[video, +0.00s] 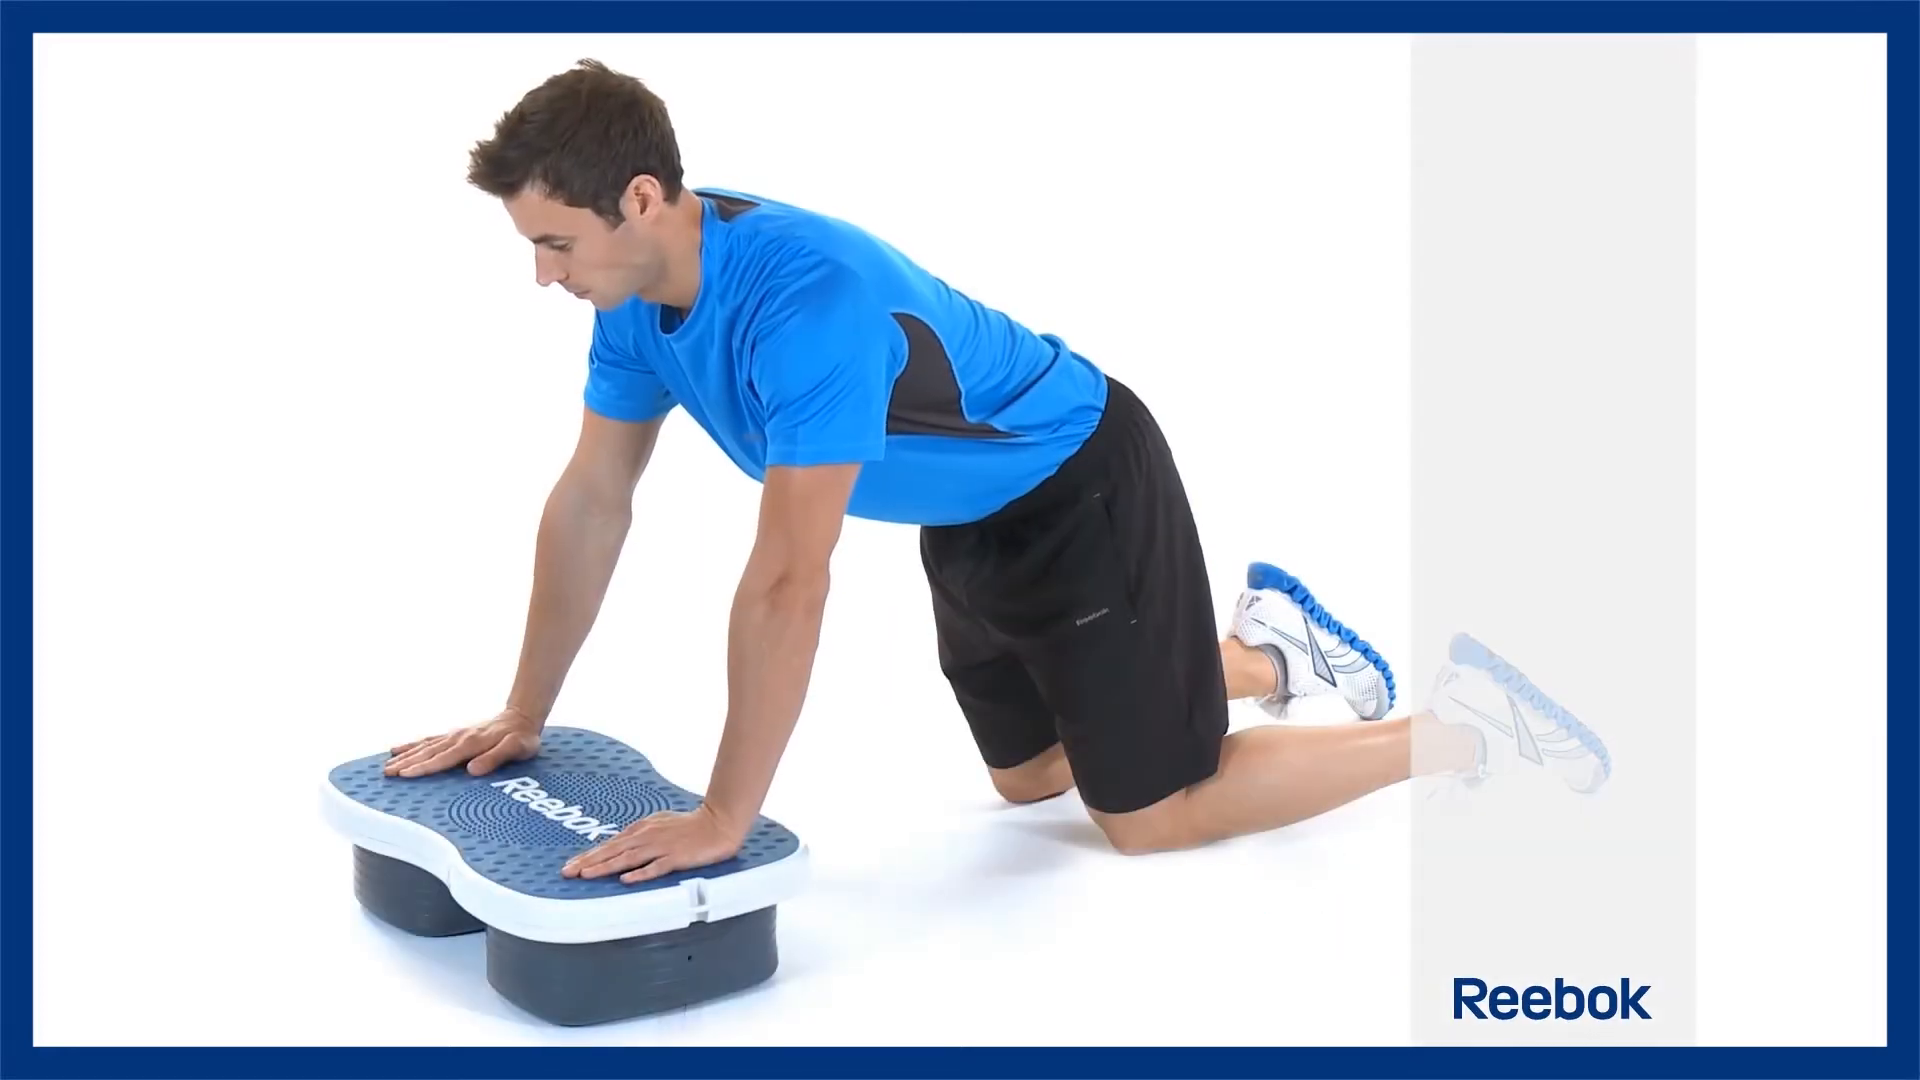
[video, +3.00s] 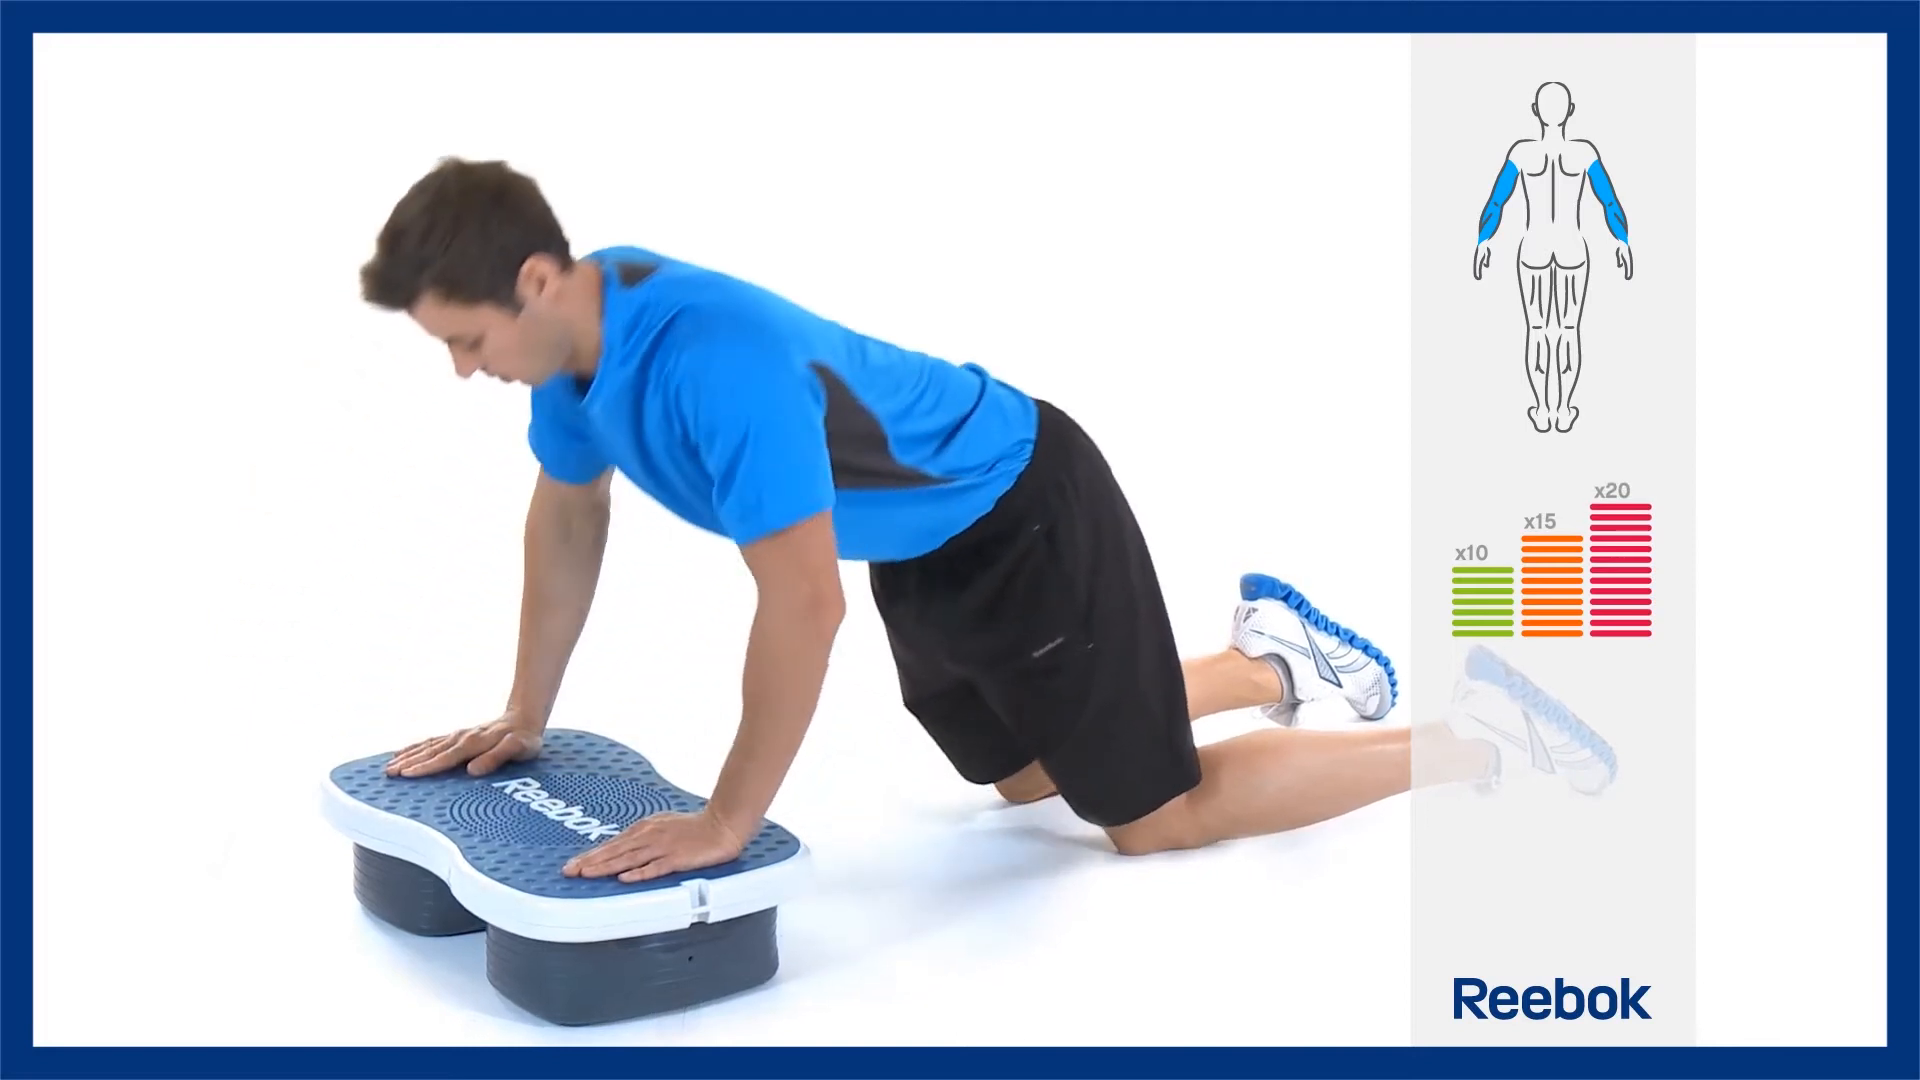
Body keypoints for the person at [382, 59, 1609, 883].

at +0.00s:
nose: (541, 272)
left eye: (551, 242)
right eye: (529, 246)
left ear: (643, 200)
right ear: (613, 212)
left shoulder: (806, 302)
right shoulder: (635, 309)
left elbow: (789, 583)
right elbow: (588, 509)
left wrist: (727, 814)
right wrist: (525, 715)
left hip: (1077, 477)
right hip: (958, 516)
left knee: (1152, 807)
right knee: (1038, 777)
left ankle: (1449, 734)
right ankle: (1262, 659)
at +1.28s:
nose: (478, 392)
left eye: (478, 362)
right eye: (459, 370)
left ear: (556, 301)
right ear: (533, 305)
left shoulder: (736, 381)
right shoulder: (588, 372)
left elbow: (848, 623)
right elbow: (577, 535)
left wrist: (731, 816)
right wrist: (519, 720)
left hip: (1044, 502)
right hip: (937, 554)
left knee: (1155, 815)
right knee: (1033, 781)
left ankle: (1470, 748)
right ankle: (1258, 667)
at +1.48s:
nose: (409, 530)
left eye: (409, 503)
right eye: (389, 512)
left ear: (481, 441)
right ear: (464, 434)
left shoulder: (664, 467)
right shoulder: (534, 411)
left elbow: (853, 646)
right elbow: (574, 551)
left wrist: (733, 820)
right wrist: (523, 713)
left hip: (997, 522)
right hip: (899, 567)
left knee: (1154, 809)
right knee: (1032, 771)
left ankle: (1467, 751)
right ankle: (1255, 657)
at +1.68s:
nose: (359, 659)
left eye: (349, 635)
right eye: (336, 644)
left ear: (406, 568)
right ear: (395, 553)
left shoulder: (603, 560)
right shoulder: (472, 486)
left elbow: (846, 649)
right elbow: (545, 593)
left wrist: (733, 822)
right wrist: (522, 716)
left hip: (957, 558)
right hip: (871, 594)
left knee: (1168, 806)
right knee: (1022, 769)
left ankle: (1465, 750)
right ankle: (1260, 659)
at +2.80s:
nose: (390, 518)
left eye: (388, 491)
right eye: (369, 502)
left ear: (455, 430)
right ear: (440, 431)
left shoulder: (634, 462)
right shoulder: (516, 430)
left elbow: (831, 638)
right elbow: (553, 554)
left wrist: (735, 820)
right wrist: (524, 716)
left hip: (978, 539)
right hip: (885, 583)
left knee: (1137, 805)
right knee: (1001, 762)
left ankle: (1466, 745)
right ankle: (1264, 657)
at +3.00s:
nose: (466, 369)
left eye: (466, 339)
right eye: (447, 349)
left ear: (540, 278)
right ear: (515, 287)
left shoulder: (707, 360)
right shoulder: (573, 351)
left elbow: (798, 597)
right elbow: (565, 527)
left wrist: (731, 814)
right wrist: (522, 720)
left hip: (1024, 507)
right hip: (915, 551)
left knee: (1155, 813)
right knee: (1022, 774)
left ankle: (1474, 742)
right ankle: (1266, 665)